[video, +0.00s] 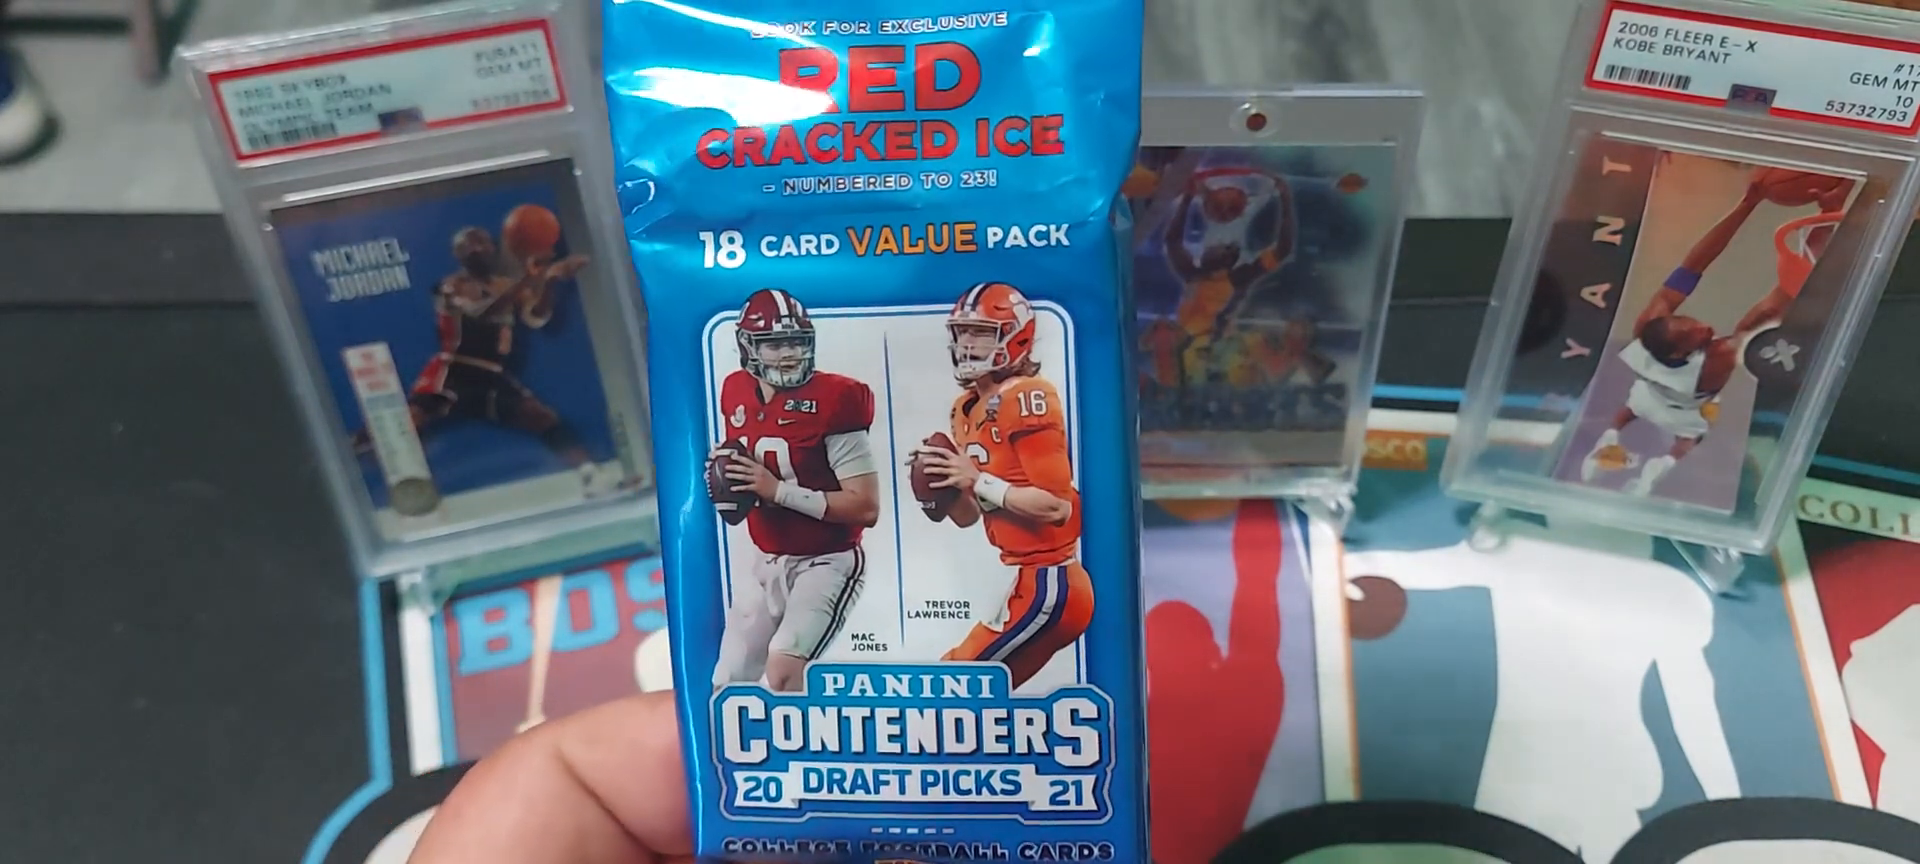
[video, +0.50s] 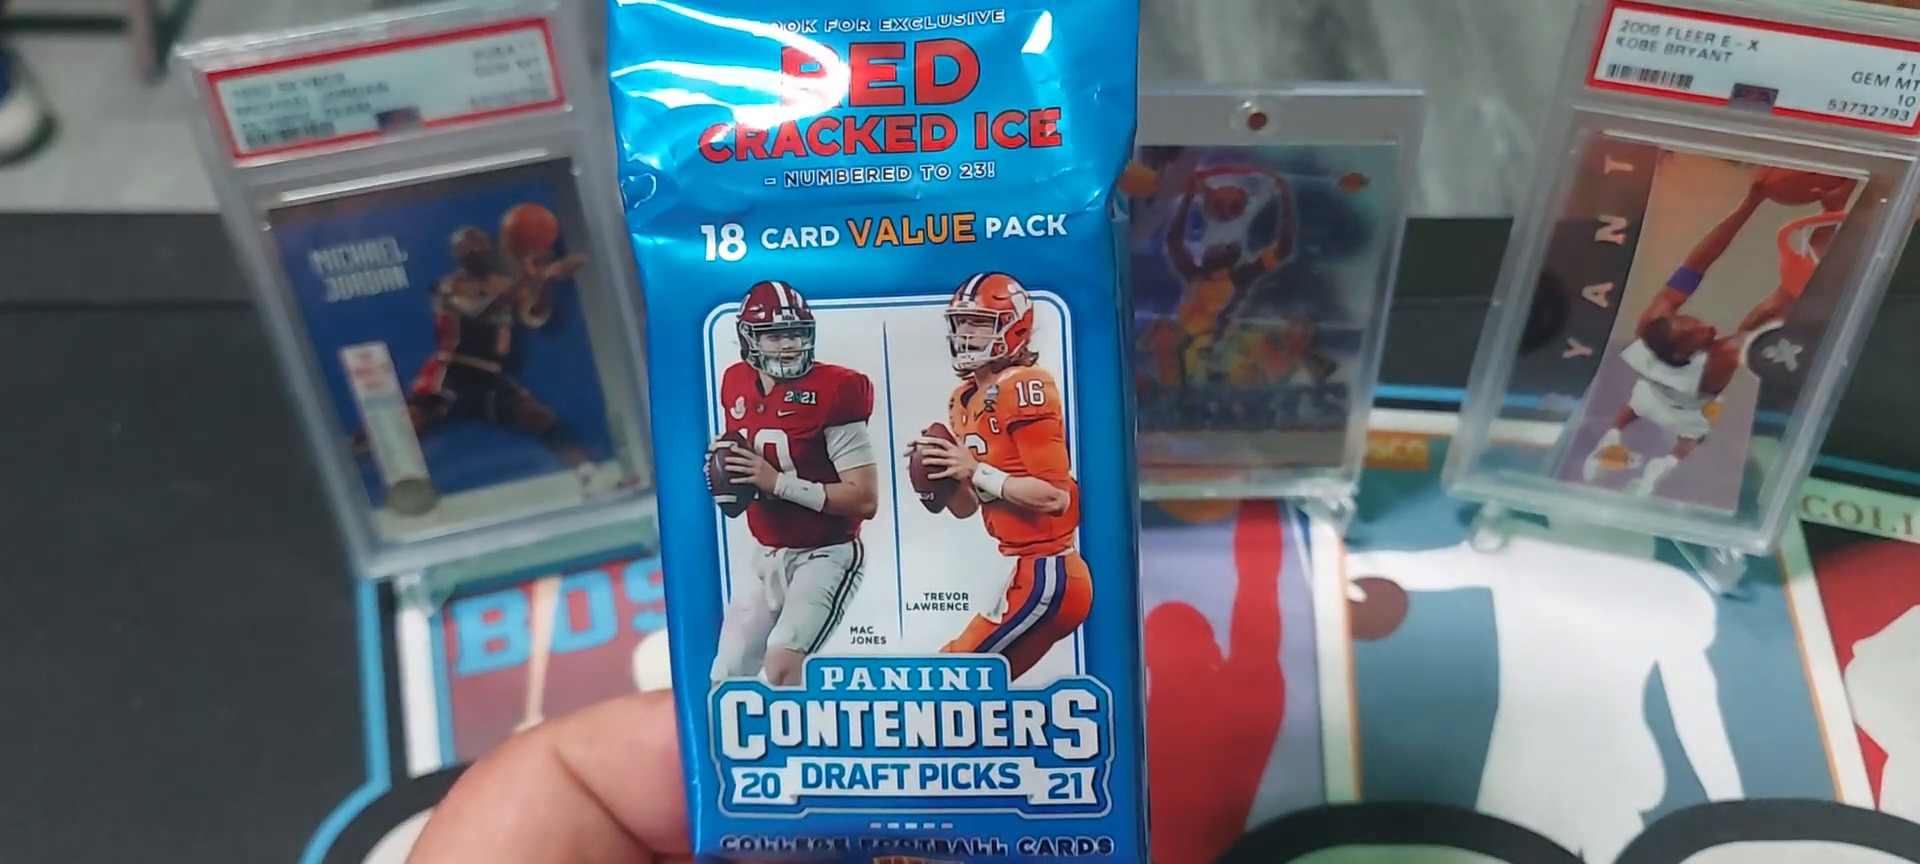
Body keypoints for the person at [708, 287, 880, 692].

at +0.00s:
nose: (786, 354)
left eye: (795, 343)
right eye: (774, 345)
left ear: (808, 344)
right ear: (750, 347)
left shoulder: (837, 399)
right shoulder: (736, 390)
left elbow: (866, 507)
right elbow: (738, 462)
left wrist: (777, 489)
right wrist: (721, 474)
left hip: (829, 563)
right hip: (765, 564)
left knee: (782, 673)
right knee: (728, 685)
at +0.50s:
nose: (787, 346)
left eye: (795, 335)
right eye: (775, 336)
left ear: (808, 336)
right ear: (750, 339)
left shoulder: (837, 390)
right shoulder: (736, 382)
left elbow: (864, 499)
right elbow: (739, 457)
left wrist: (776, 481)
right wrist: (722, 467)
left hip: (828, 555)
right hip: (766, 557)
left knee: (780, 669)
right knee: (726, 678)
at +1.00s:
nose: (796, 353)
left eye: (804, 342)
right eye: (783, 343)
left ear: (818, 344)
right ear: (760, 346)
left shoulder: (846, 397)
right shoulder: (747, 390)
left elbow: (872, 507)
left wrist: (786, 490)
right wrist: (732, 475)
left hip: (837, 563)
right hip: (775, 565)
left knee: (788, 677)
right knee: (734, 685)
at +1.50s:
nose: (813, 366)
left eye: (821, 355)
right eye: (800, 356)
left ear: (834, 357)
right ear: (776, 359)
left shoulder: (860, 411)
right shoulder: (762, 402)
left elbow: (885, 521)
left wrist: (798, 502)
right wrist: (745, 490)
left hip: (849, 576)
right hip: (788, 578)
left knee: (799, 689)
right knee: (744, 701)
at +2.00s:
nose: (904, 412)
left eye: (914, 400)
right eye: (890, 400)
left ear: (928, 402)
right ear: (865, 403)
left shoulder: (956, 461)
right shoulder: (852, 447)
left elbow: (975, 577)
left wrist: (885, 553)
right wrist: (832, 543)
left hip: (935, 635)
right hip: (871, 632)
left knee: (881, 748)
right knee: (823, 757)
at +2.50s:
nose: (1003, 364)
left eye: (1014, 354)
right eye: (989, 352)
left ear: (1026, 358)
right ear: (963, 352)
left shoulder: (1045, 417)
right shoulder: (942, 394)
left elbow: (1053, 534)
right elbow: (933, 469)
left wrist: (966, 504)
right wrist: (911, 480)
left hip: (1006, 588)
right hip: (941, 580)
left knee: (937, 697)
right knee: (878, 698)